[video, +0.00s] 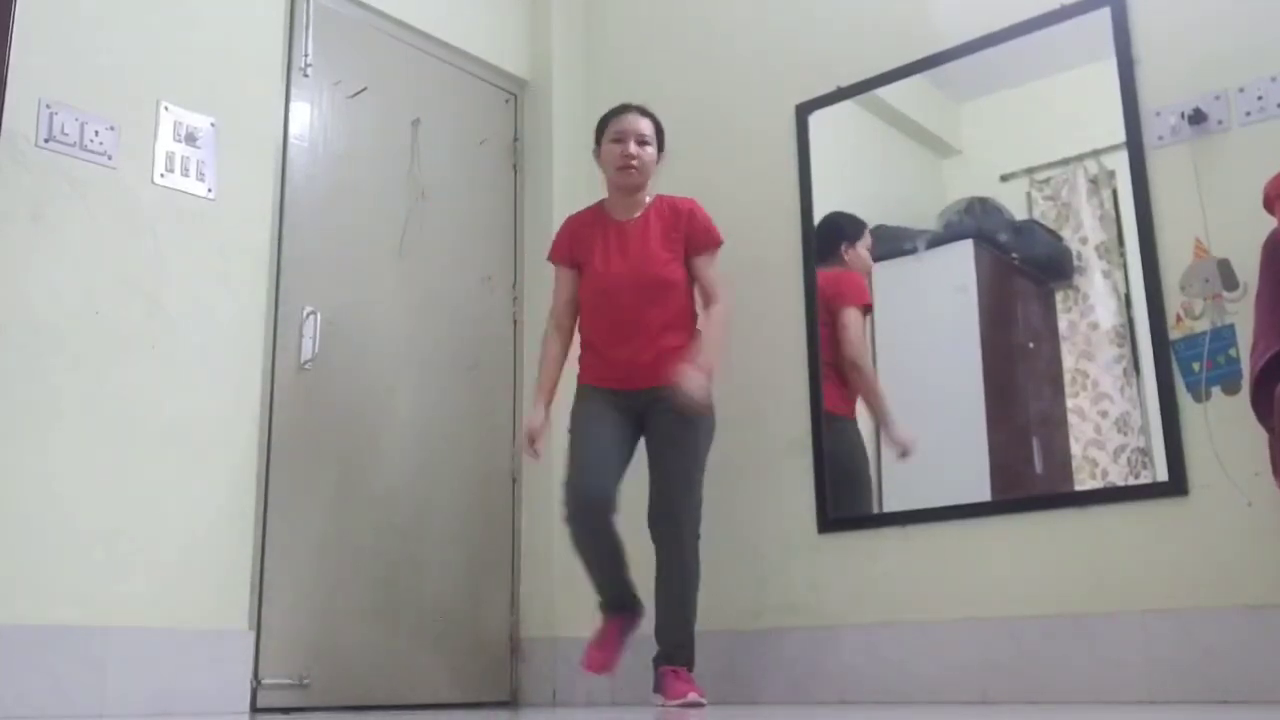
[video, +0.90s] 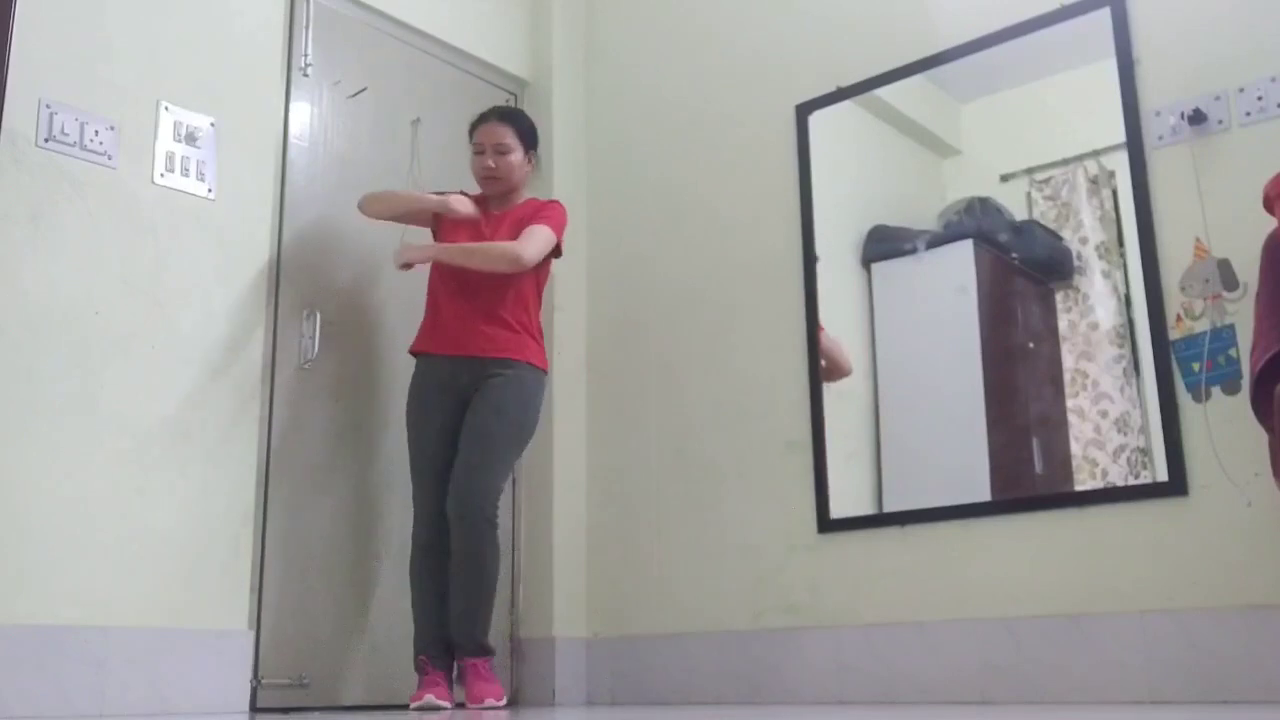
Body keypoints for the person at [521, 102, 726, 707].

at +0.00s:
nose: (631, 149)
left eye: (643, 141)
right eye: (619, 140)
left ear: (658, 157)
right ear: (598, 153)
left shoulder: (683, 217)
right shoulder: (579, 229)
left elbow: (715, 301)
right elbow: (560, 324)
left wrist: (702, 366)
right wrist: (541, 404)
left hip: (677, 390)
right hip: (603, 393)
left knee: (675, 525)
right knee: (584, 505)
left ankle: (676, 667)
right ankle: (620, 608)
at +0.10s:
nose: (621, 149)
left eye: (633, 140)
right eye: (610, 141)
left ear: (654, 154)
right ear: (593, 154)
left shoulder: (677, 212)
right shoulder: (576, 227)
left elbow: (689, 291)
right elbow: (544, 305)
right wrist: (524, 342)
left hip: (669, 388)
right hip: (595, 389)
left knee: (667, 522)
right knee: (546, 493)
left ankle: (674, 666)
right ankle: (579, 608)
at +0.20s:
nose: (601, 146)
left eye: (614, 135)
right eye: (591, 137)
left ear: (640, 144)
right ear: (579, 149)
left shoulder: (660, 196)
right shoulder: (563, 216)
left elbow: (660, 250)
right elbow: (510, 288)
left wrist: (559, 249)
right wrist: (512, 268)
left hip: (652, 378)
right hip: (578, 379)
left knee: (657, 518)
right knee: (520, 493)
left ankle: (674, 667)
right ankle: (509, 640)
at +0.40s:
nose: (557, 163)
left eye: (568, 151)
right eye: (548, 154)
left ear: (601, 153)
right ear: (543, 161)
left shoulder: (623, 205)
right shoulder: (532, 214)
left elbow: (586, 255)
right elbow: (453, 243)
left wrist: (494, 282)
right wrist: (503, 237)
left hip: (601, 380)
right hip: (526, 380)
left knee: (630, 524)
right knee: (484, 521)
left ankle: (670, 668)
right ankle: (437, 671)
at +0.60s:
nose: (512, 175)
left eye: (526, 163)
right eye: (505, 164)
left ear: (559, 167)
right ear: (498, 169)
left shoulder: (579, 222)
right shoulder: (485, 217)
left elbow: (527, 259)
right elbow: (408, 242)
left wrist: (446, 224)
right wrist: (422, 279)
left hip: (535, 383)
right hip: (462, 381)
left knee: (558, 516)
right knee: (445, 525)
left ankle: (634, 652)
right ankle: (435, 676)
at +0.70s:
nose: (498, 172)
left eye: (511, 161)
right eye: (491, 162)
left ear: (544, 166)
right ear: (483, 165)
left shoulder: (562, 220)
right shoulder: (467, 211)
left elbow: (520, 251)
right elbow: (391, 225)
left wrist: (449, 216)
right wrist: (388, 246)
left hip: (523, 378)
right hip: (451, 378)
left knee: (514, 498)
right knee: (437, 520)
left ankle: (556, 627)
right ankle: (434, 674)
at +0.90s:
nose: (488, 160)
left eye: (501, 150)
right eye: (480, 152)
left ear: (529, 158)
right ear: (471, 158)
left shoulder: (546, 212)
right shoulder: (452, 207)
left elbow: (521, 256)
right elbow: (370, 204)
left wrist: (435, 251)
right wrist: (441, 204)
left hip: (509, 371)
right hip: (438, 368)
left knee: (471, 499)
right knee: (430, 513)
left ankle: (473, 660)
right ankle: (433, 668)